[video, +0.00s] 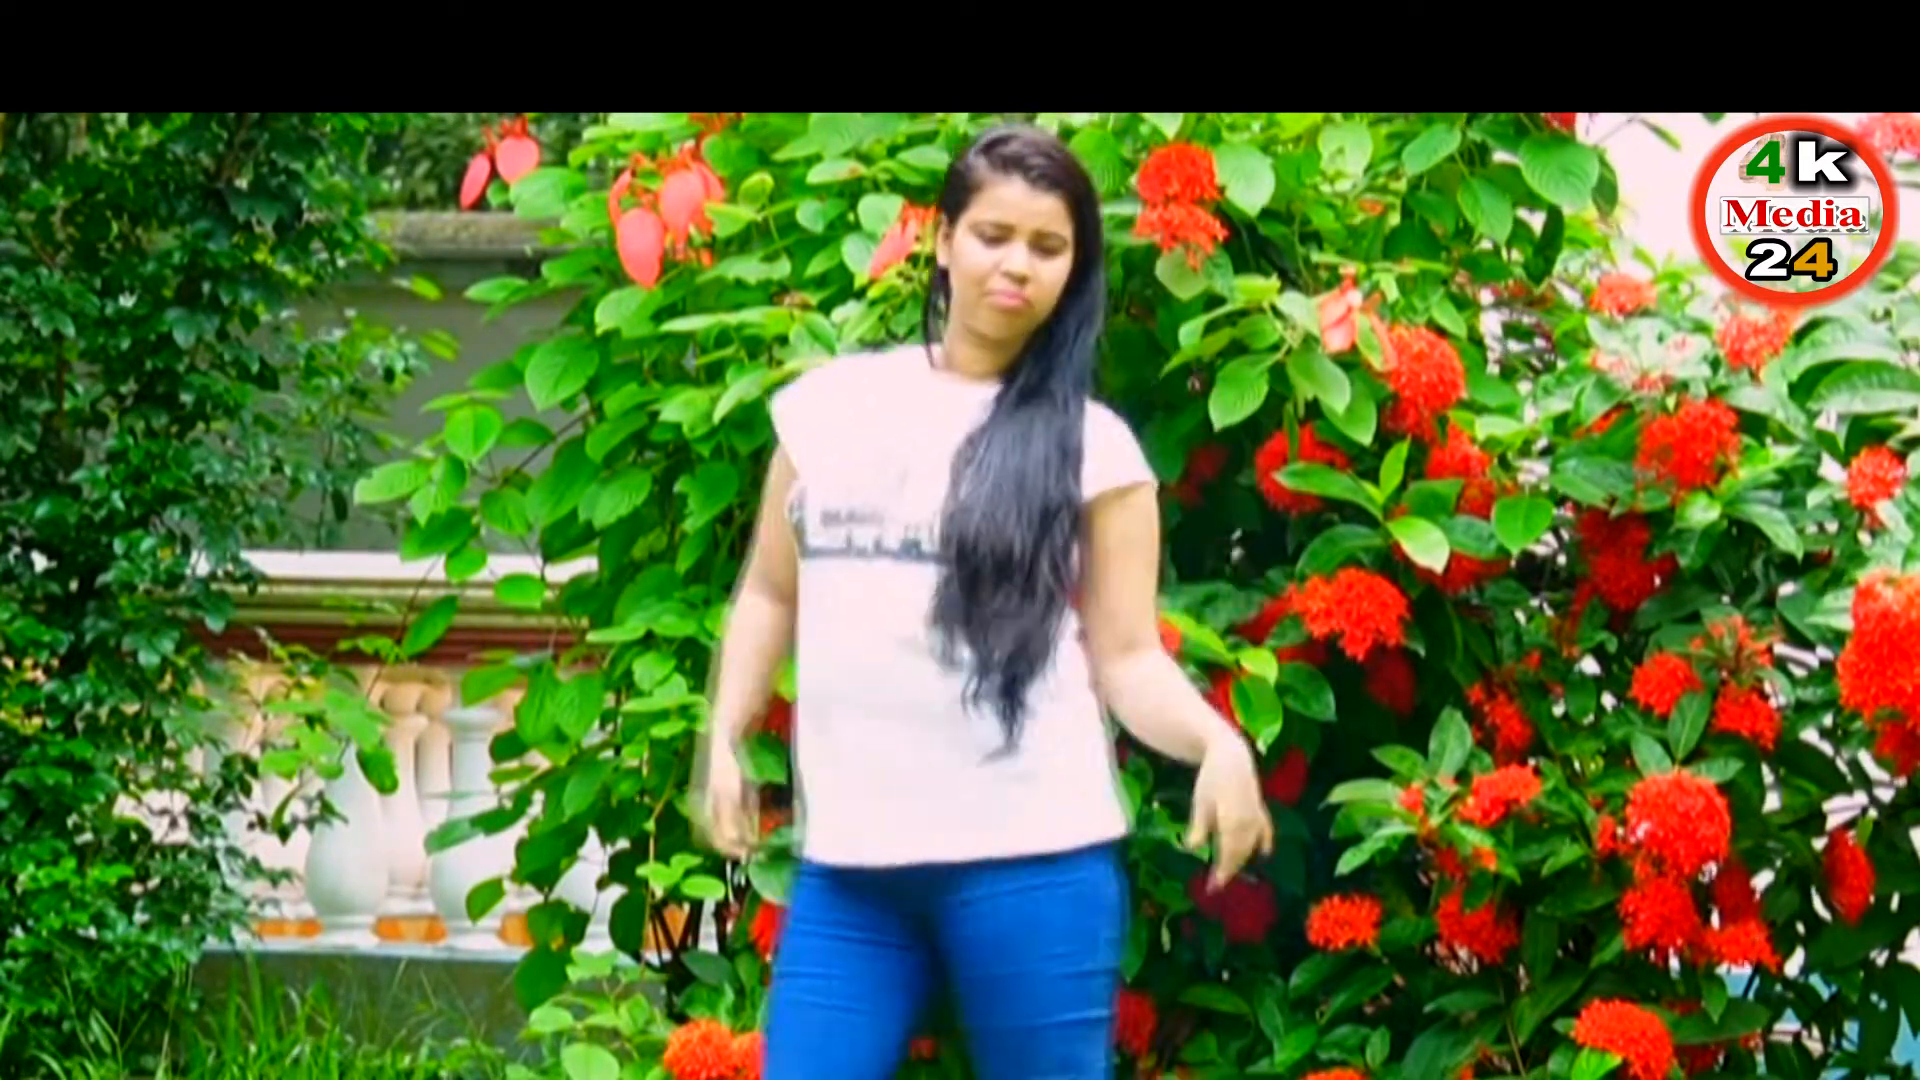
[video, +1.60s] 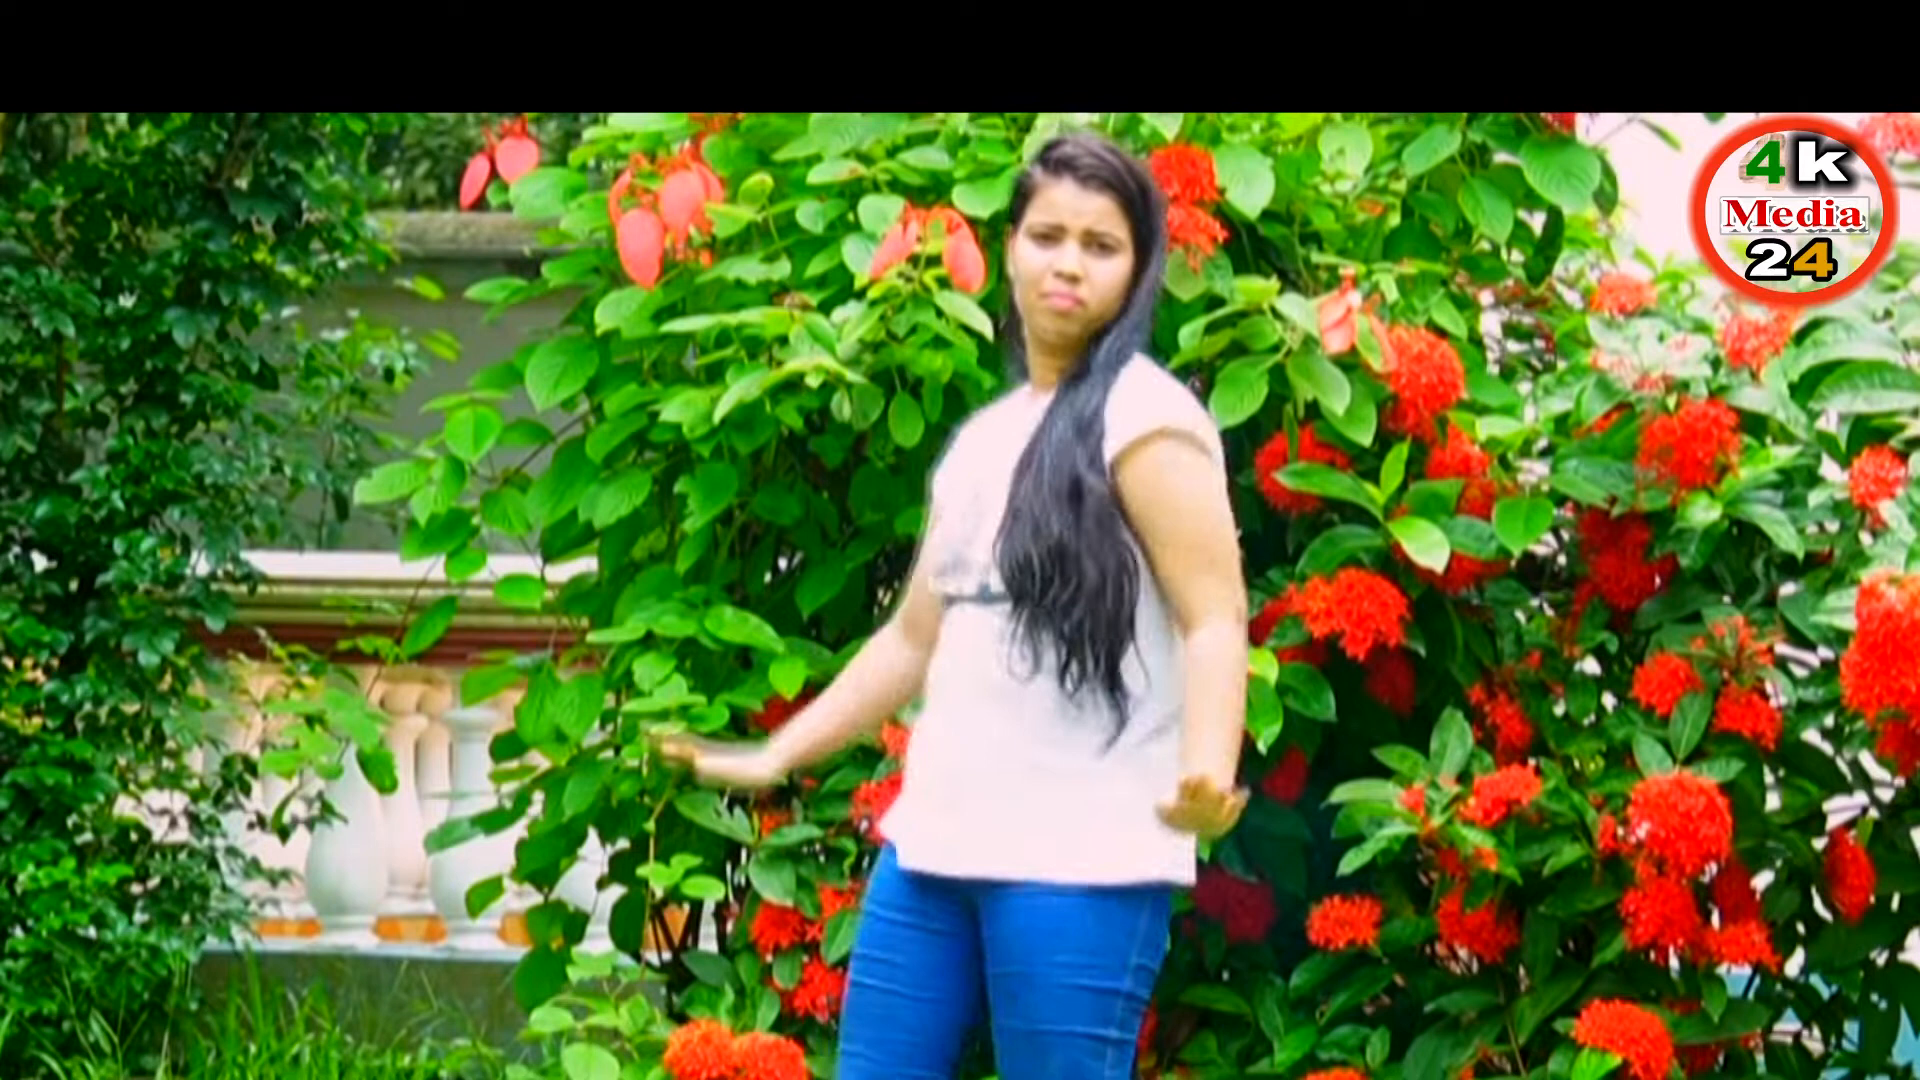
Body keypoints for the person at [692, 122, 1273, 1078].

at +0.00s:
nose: (1017, 267)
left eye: (1047, 247)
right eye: (994, 237)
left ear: (1077, 270)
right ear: (944, 241)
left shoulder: (1094, 443)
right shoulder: (825, 406)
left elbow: (1127, 651)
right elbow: (768, 591)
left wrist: (1217, 741)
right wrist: (724, 738)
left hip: (1034, 872)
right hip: (848, 869)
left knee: (1054, 1069)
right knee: (798, 1067)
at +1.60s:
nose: (1068, 267)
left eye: (1099, 246)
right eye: (1046, 237)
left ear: (1138, 272)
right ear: (1007, 250)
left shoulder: (1145, 408)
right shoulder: (977, 439)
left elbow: (1213, 613)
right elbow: (910, 641)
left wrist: (1207, 769)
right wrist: (772, 758)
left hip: (1083, 864)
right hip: (929, 849)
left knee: (1059, 1069)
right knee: (874, 1070)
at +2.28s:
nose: (1071, 310)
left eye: (1103, 292)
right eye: (1051, 278)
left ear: (1130, 321)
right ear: (1007, 288)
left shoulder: (1138, 477)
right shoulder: (931, 478)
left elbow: (1195, 705)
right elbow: (867, 675)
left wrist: (1215, 701)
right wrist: (683, 688)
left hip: (1065, 890)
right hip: (906, 888)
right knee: (791, 1070)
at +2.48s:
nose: (1040, 275)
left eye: (1069, 264)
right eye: (1022, 241)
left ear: (1083, 293)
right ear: (961, 241)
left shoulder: (1086, 414)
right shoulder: (866, 439)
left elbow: (1183, 603)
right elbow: (753, 606)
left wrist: (1227, 582)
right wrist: (583, 558)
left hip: (1026, 847)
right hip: (844, 833)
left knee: (1043, 1073)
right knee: (797, 1070)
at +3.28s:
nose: (1072, 285)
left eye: (1103, 267)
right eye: (1050, 254)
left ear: (1131, 292)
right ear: (997, 264)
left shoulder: (1151, 419)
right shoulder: (946, 447)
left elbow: (1258, 569)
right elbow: (812, 563)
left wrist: (1307, 495)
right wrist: (639, 503)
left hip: (1085, 859)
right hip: (929, 846)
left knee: (1046, 1073)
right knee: (847, 1068)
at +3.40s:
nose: (1080, 273)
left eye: (1111, 255)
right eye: (1058, 241)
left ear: (1135, 281)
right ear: (1006, 246)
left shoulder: (1146, 391)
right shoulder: (972, 430)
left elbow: (1264, 496)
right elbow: (870, 523)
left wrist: (1296, 355)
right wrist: (724, 401)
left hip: (1101, 862)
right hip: (948, 853)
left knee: (1069, 1070)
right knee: (876, 1068)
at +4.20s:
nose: (1048, 274)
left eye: (1078, 259)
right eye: (1027, 242)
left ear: (1105, 287)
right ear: (976, 247)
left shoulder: (1112, 394)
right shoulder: (898, 411)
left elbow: (1177, 409)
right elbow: (738, 428)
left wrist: (1183, 237)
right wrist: (624, 282)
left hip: (1041, 862)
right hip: (861, 850)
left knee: (1040, 1067)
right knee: (812, 1069)